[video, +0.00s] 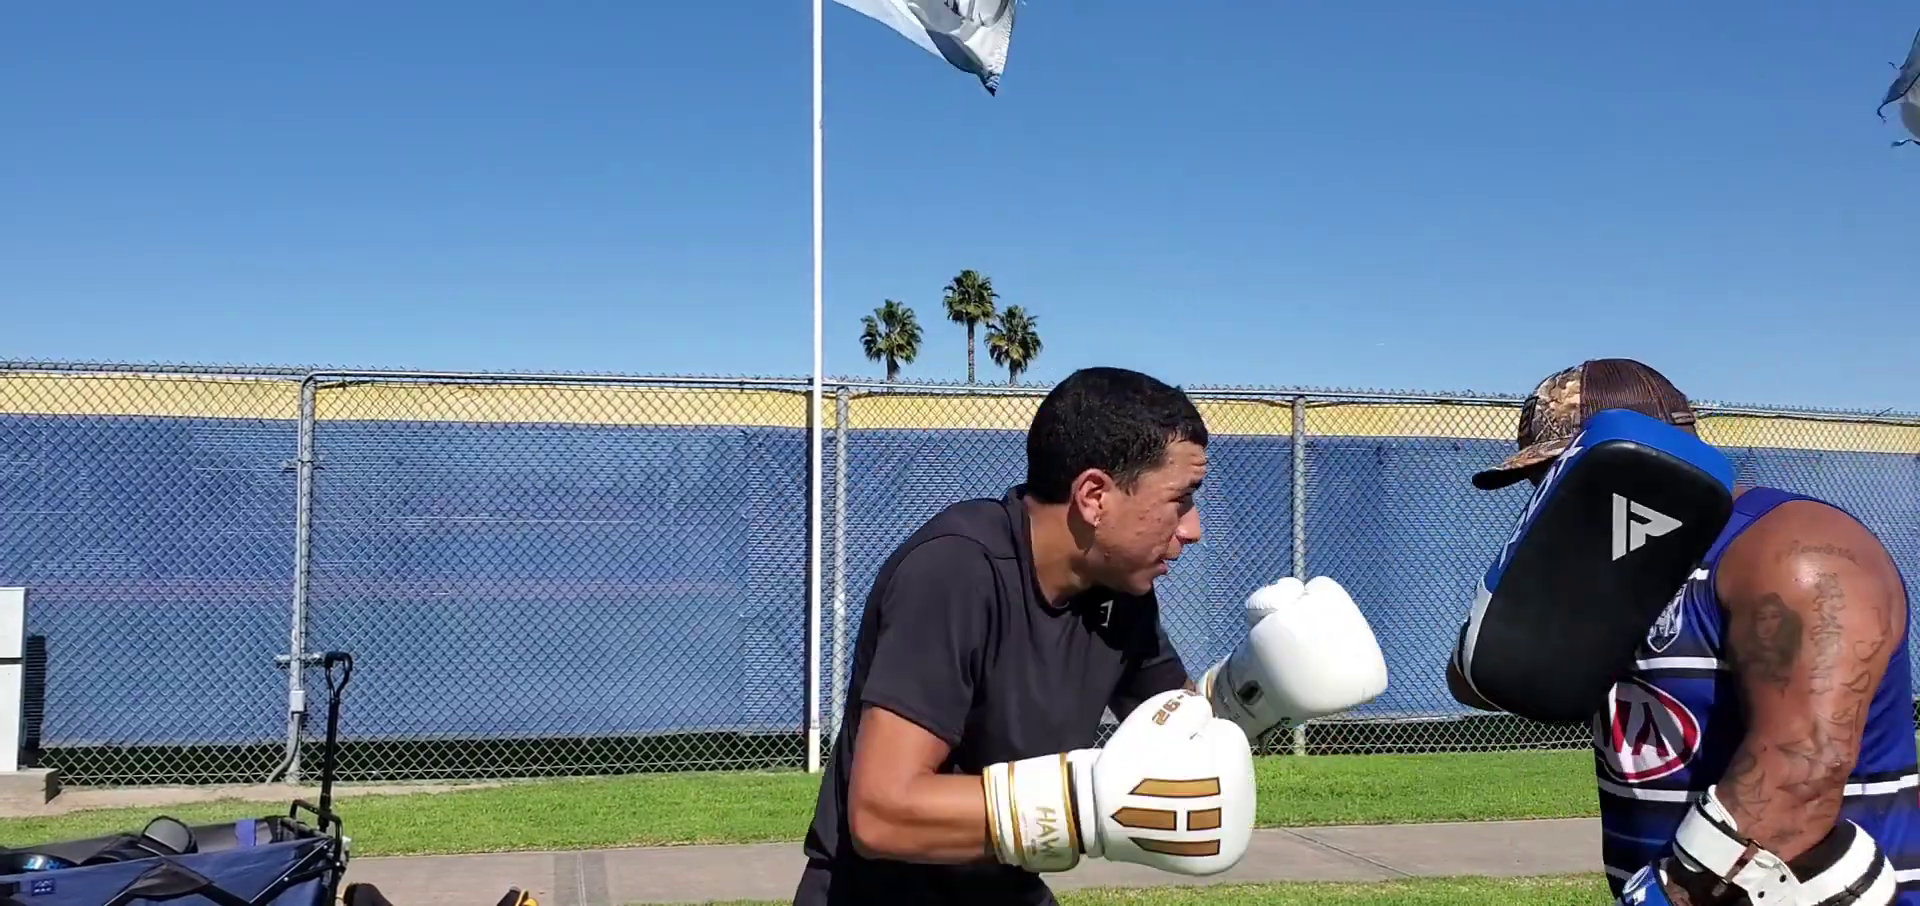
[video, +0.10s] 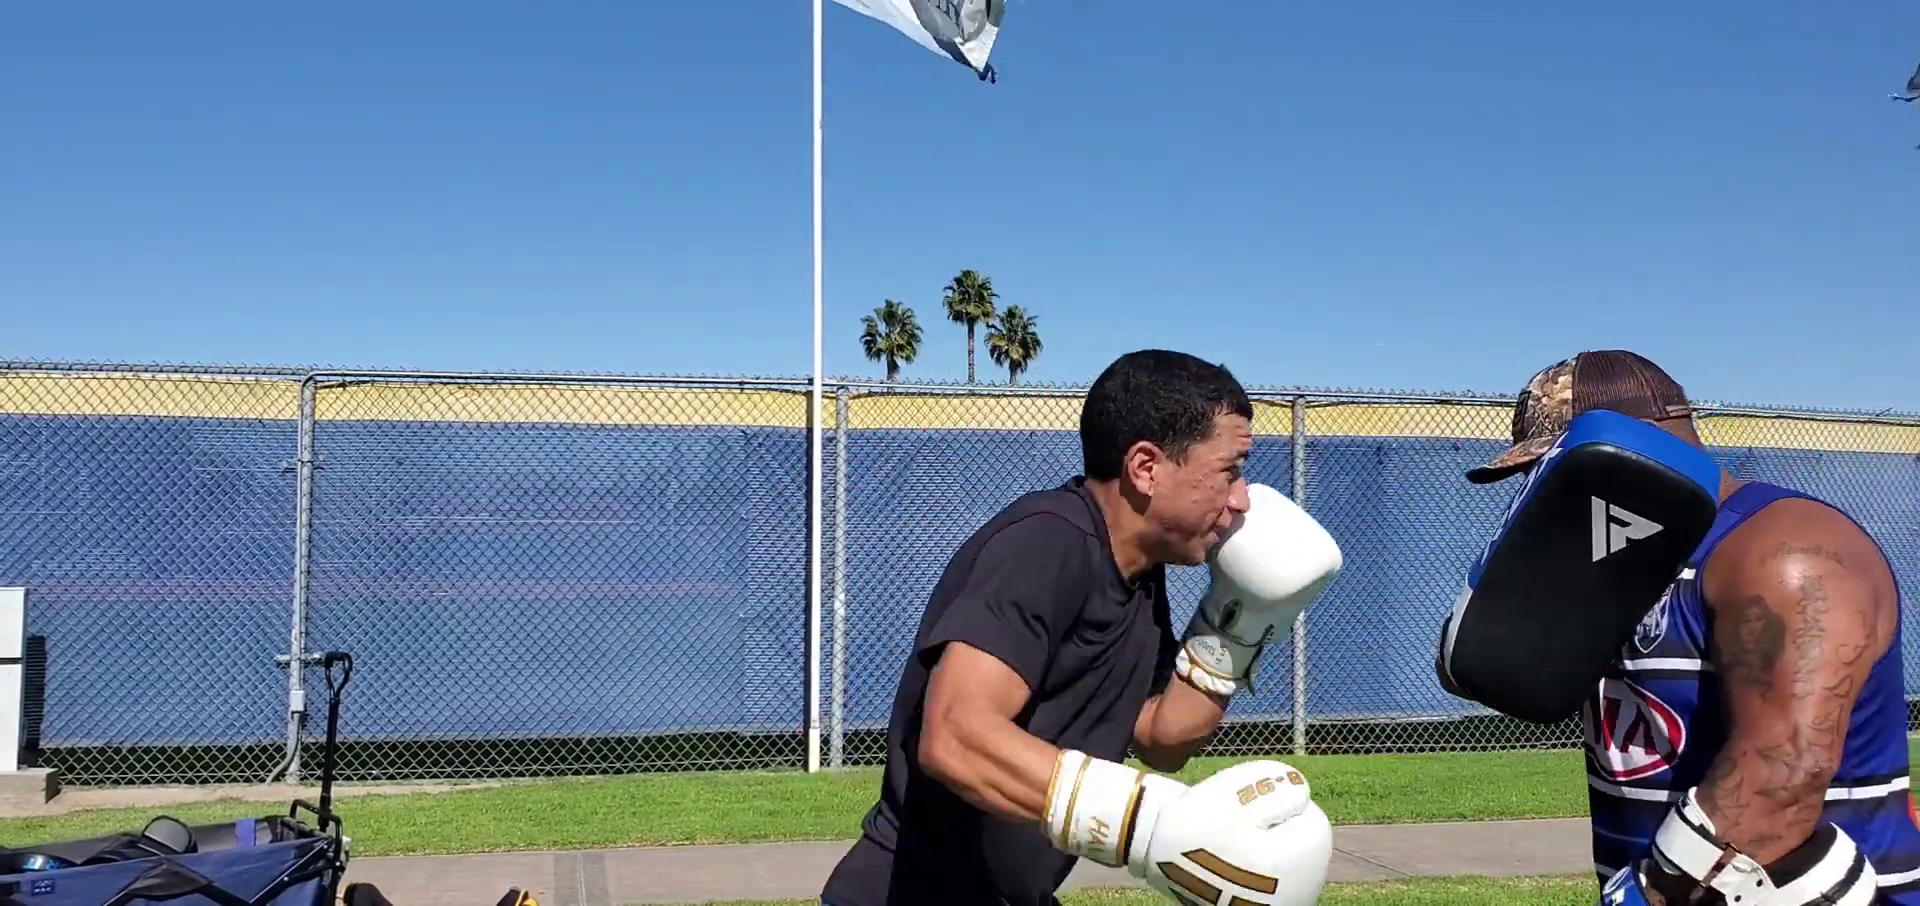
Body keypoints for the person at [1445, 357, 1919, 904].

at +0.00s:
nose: (1538, 507)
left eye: (1552, 477)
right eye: (1536, 483)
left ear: (1619, 459)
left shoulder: (1800, 560)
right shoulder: (1620, 575)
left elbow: (1796, 787)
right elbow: (1466, 681)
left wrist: (1677, 886)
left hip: (1795, 890)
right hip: (1661, 883)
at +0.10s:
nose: (1539, 501)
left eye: (1550, 474)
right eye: (1533, 480)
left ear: (1632, 450)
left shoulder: (1790, 558)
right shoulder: (1618, 566)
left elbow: (1775, 793)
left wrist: (1653, 886)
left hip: (1793, 890)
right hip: (1648, 878)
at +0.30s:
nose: (1551, 460)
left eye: (1567, 425)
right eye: (1554, 435)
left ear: (1650, 414)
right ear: (1649, 417)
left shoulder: (1775, 532)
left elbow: (1746, 757)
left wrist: (1604, 880)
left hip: (1824, 883)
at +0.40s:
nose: (1584, 453)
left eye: (1610, 425)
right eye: (1586, 433)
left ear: (1710, 427)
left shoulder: (1812, 552)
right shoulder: (1624, 578)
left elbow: (1772, 759)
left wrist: (1588, 856)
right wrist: (1534, 671)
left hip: (1842, 883)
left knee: (1759, 841)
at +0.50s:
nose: (1628, 457)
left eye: (1657, 428)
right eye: (1622, 434)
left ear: (1756, 437)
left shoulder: (1841, 563)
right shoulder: (1652, 586)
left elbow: (1856, 768)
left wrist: (1640, 850)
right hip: (1687, 875)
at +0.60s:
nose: (1656, 448)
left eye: (1688, 421)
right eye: (1651, 425)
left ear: (1784, 429)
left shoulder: (1852, 557)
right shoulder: (1690, 563)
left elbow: (1848, 762)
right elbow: (1596, 700)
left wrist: (1648, 861)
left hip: (1822, 880)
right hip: (1706, 875)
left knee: (1603, 882)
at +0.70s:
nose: (1678, 439)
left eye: (1707, 412)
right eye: (1672, 416)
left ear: (1805, 423)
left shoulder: (1860, 549)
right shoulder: (1717, 551)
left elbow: (1846, 741)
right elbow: (1596, 654)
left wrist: (1639, 808)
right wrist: (1592, 494)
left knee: (1596, 895)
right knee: (1570, 890)